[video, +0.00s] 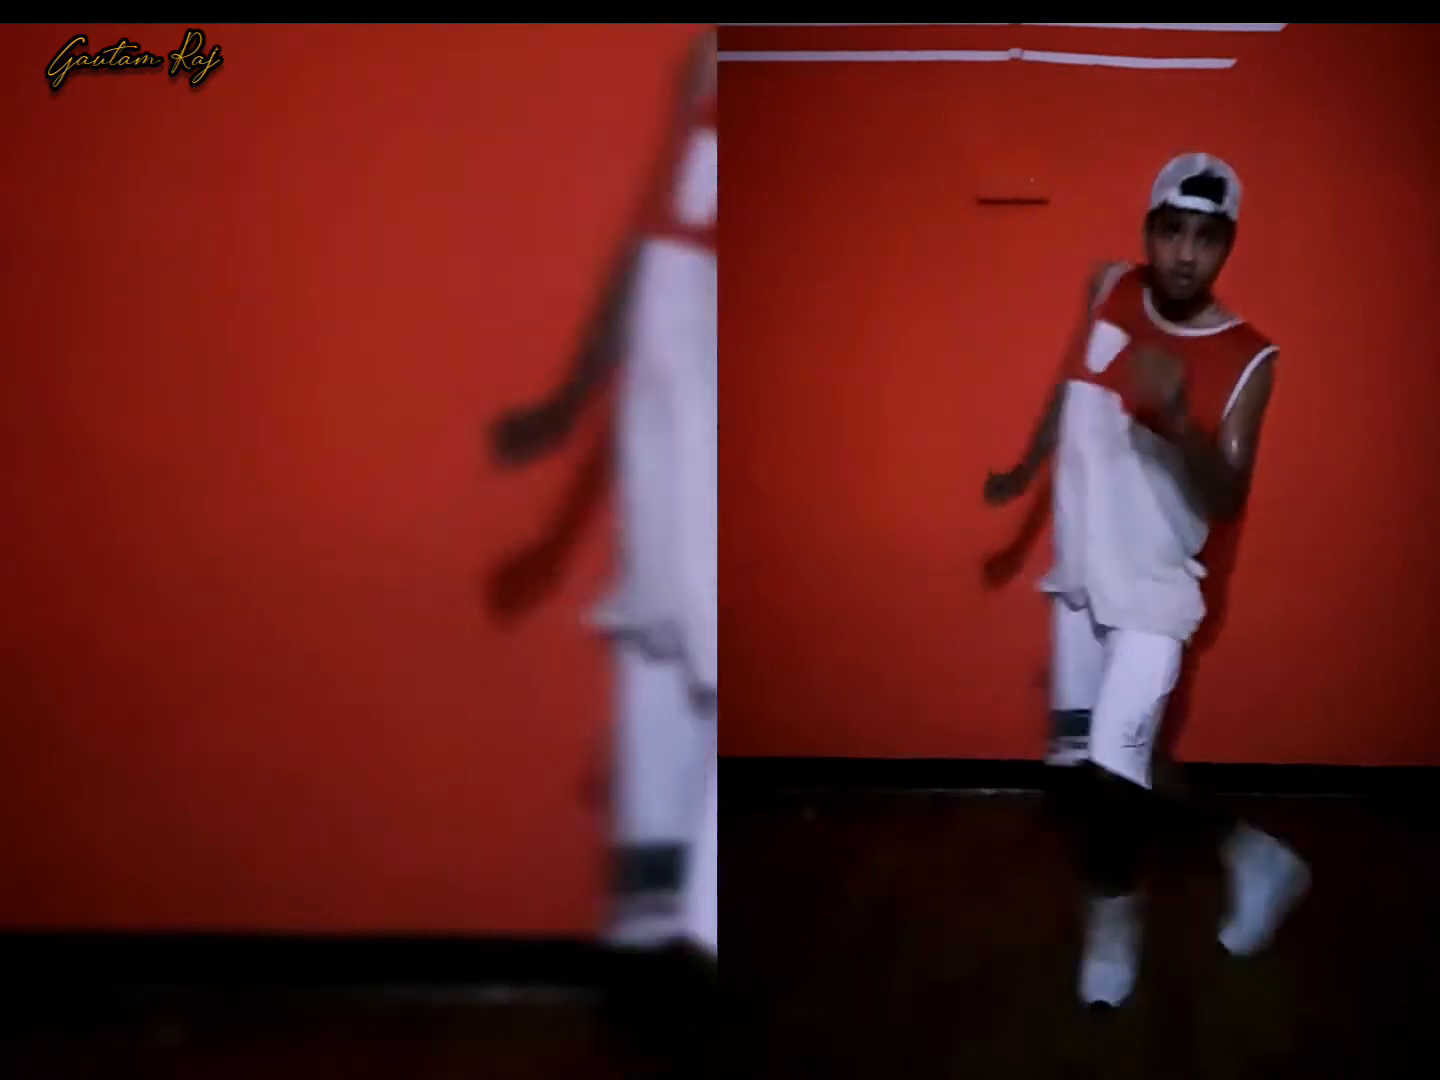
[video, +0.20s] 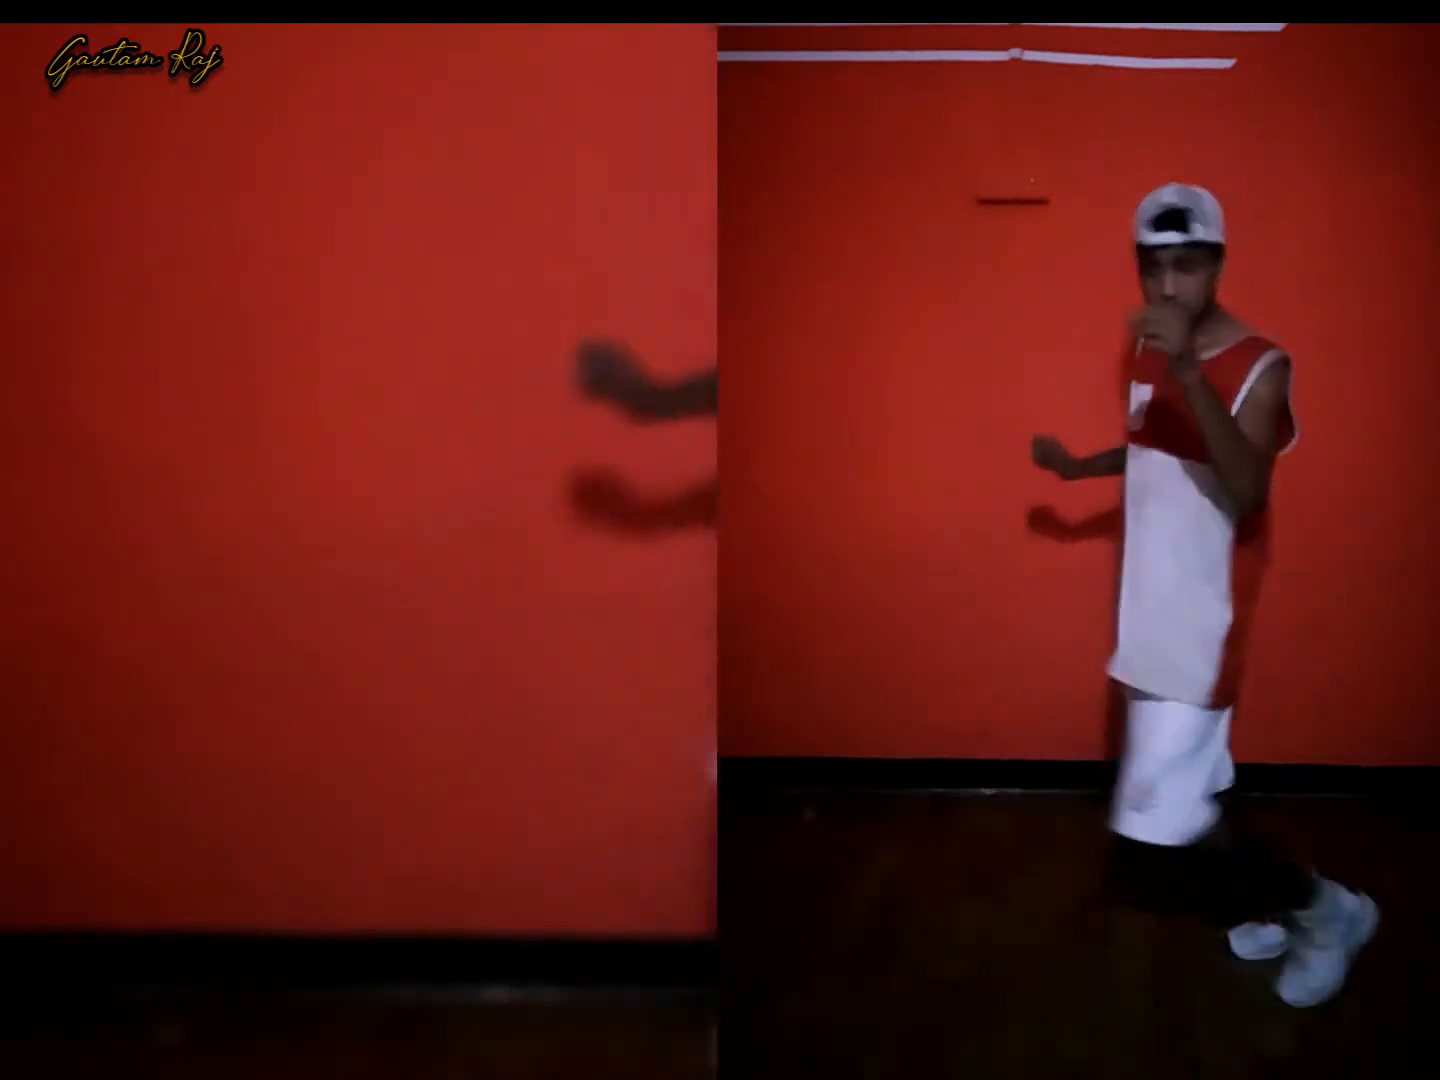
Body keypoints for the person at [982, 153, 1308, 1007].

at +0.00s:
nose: (1185, 253)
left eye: (1204, 238)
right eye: (1171, 232)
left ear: (1228, 249)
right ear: (1148, 236)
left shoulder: (1244, 357)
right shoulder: (1113, 291)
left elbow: (1225, 496)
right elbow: (1070, 385)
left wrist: (1174, 426)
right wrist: (1025, 466)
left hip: (1156, 593)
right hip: (1079, 573)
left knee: (1110, 774)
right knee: (1075, 765)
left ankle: (1109, 941)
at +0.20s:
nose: (1170, 284)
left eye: (1187, 266)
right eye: (1156, 267)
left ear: (1217, 269)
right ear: (1140, 271)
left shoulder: (1254, 365)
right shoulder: (1147, 345)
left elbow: (1245, 494)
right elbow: (1159, 448)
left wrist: (1188, 377)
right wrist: (1080, 464)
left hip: (1198, 630)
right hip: (1147, 618)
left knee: (1152, 830)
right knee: (1180, 796)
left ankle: (1326, 910)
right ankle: (1276, 903)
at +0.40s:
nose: (1082, 315)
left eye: (1097, 295)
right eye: (1074, 298)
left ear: (1147, 289)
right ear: (1077, 293)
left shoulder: (1199, 352)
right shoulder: (1123, 368)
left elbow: (1244, 449)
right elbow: (1144, 442)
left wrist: (1109, 488)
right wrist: (1076, 466)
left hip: (1262, 592)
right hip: (1189, 579)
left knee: (1246, 797)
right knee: (1106, 699)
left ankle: (1366, 932)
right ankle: (1179, 870)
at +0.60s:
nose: (1042, 390)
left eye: (1054, 372)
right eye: (1037, 373)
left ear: (1109, 359)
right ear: (1109, 359)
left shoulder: (1137, 453)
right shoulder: (1145, 403)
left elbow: (1203, 579)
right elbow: (1127, 507)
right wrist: (1081, 583)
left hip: (1261, 623)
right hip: (1191, 594)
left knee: (1238, 820)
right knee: (1098, 722)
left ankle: (1369, 939)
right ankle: (1102, 907)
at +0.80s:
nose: (1015, 318)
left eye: (1028, 298)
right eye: (1008, 301)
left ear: (1079, 286)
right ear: (1018, 296)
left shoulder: (1171, 354)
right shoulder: (1049, 369)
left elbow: (1281, 428)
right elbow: (1064, 471)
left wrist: (1292, 565)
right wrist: (1037, 535)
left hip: (1180, 583)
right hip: (1104, 564)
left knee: (1103, 764)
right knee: (1051, 737)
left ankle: (1220, 902)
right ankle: (1096, 908)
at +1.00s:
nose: (1066, 273)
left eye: (1085, 257)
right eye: (1054, 257)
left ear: (1123, 261)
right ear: (1041, 267)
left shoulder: (1186, 315)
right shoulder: (1020, 359)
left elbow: (1321, 292)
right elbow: (893, 412)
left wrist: (1290, 387)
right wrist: (918, 398)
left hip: (1099, 606)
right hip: (1011, 591)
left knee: (975, 772)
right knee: (982, 767)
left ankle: (894, 926)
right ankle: (1085, 898)